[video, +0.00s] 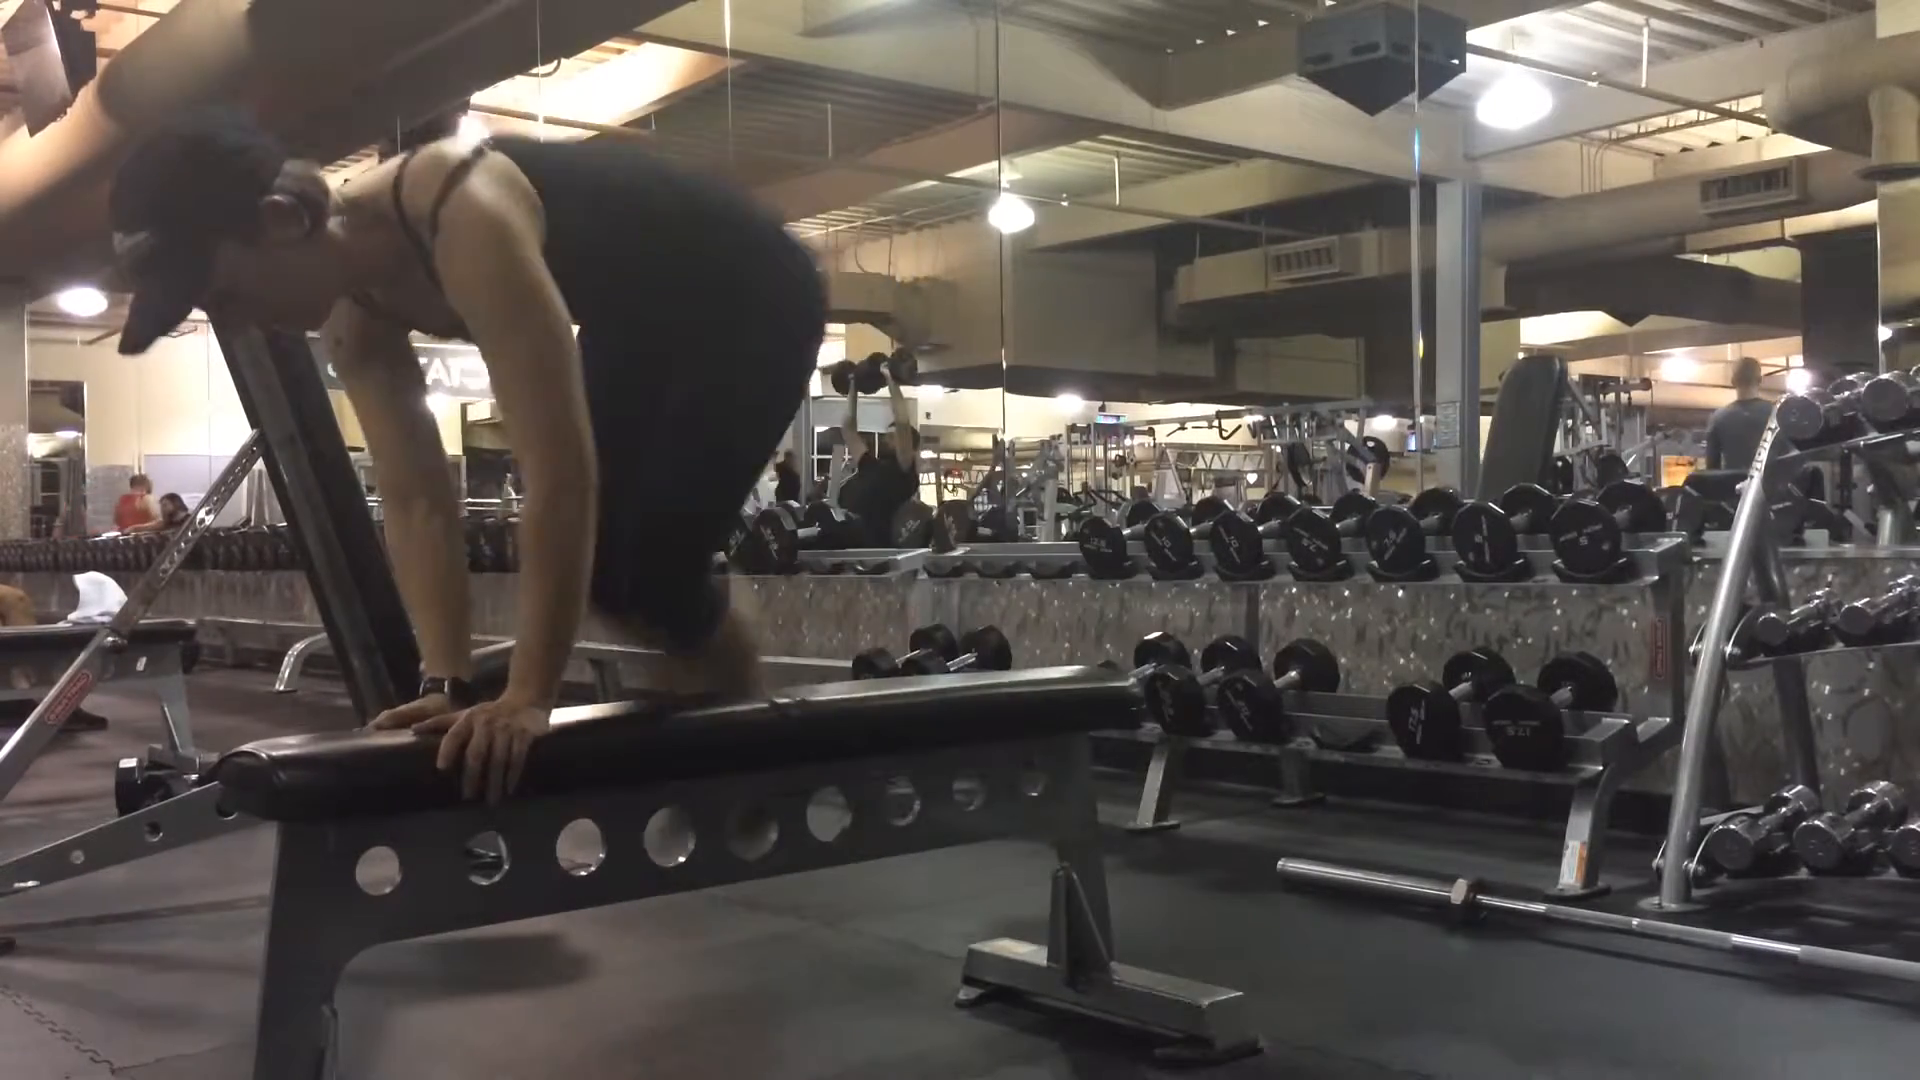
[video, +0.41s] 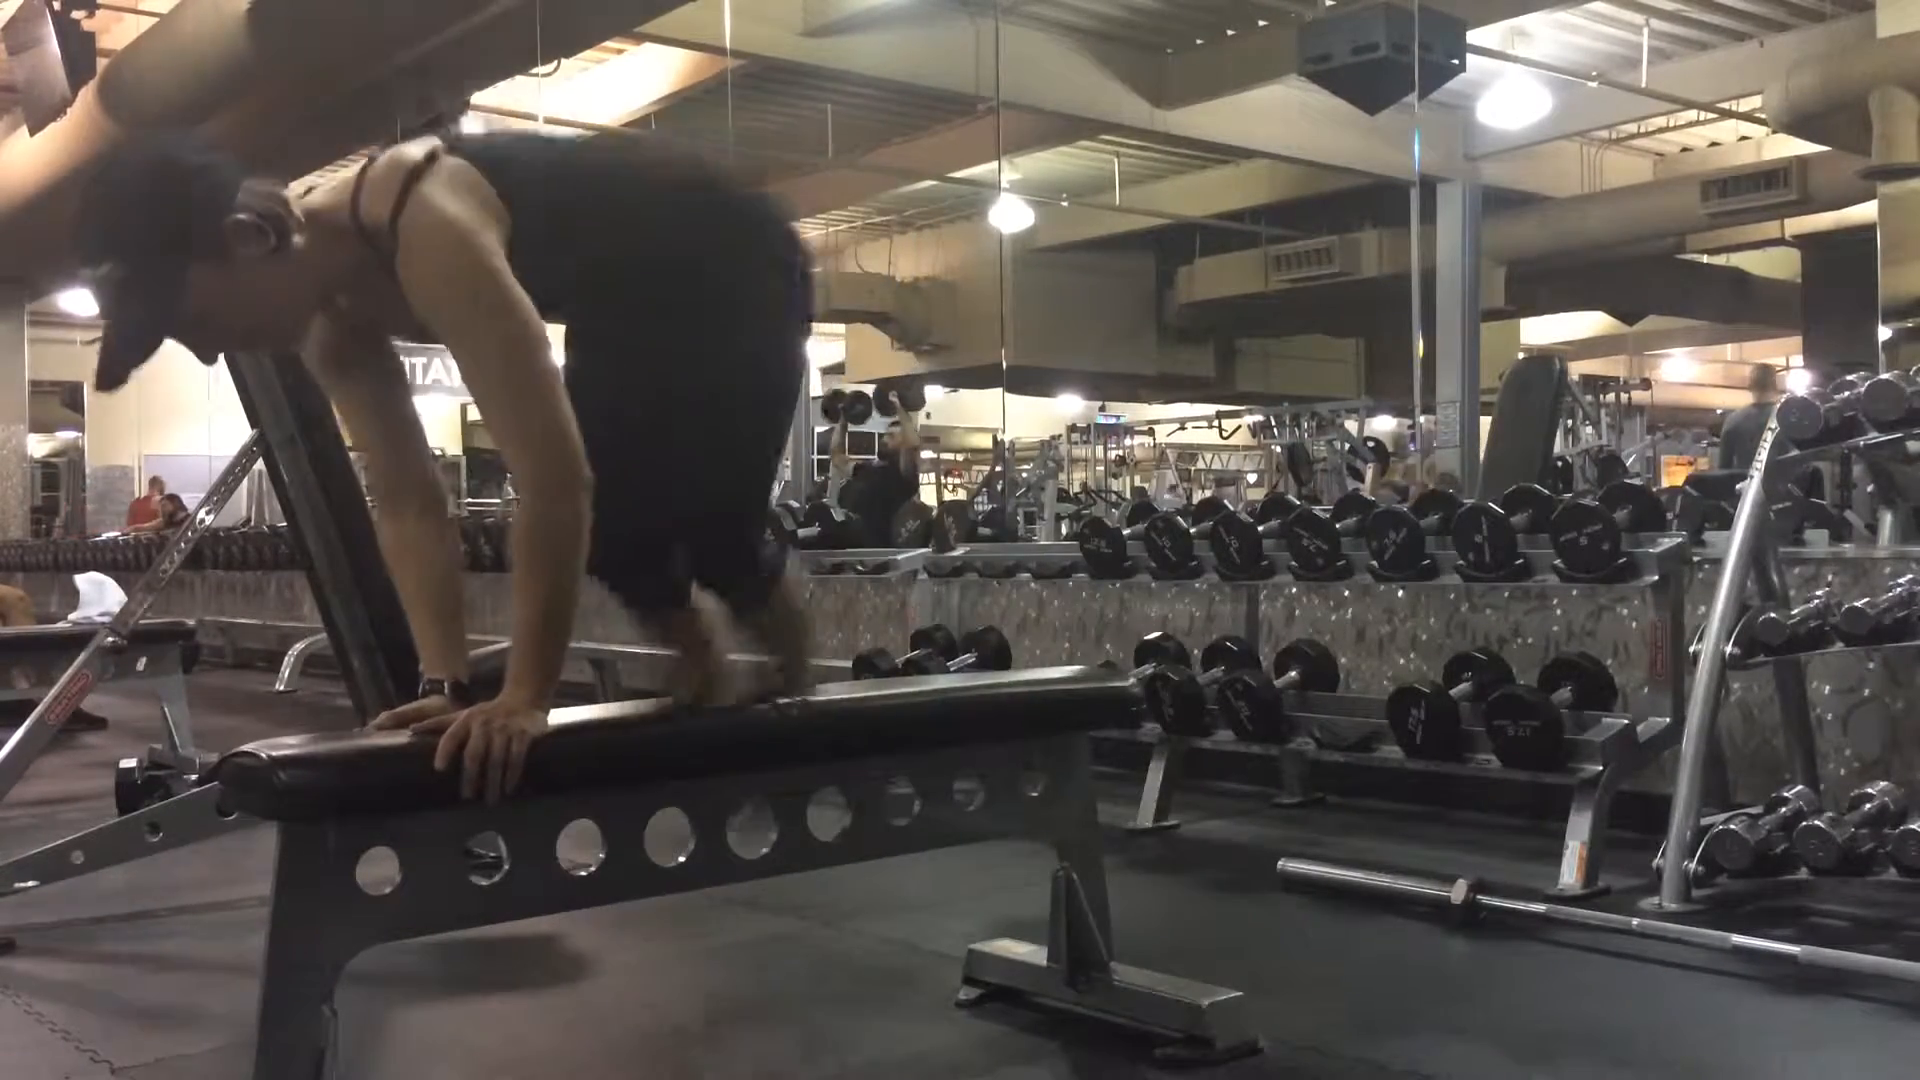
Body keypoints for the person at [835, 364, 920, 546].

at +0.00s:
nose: (886, 437)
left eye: (894, 435)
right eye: (887, 434)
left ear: (909, 445)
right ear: (884, 437)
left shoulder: (904, 476)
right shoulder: (869, 466)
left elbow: (902, 424)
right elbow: (848, 428)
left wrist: (890, 379)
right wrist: (852, 385)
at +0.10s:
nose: (888, 437)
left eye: (896, 434)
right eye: (888, 433)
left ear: (909, 442)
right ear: (886, 438)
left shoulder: (905, 476)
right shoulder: (869, 467)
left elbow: (906, 428)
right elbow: (844, 433)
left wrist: (893, 385)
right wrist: (849, 392)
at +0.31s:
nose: (884, 440)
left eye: (892, 436)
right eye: (885, 436)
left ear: (904, 443)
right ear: (879, 439)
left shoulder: (905, 478)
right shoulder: (861, 470)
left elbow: (908, 440)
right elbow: (839, 449)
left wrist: (898, 401)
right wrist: (845, 405)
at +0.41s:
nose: (884, 440)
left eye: (891, 436)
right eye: (885, 435)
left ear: (904, 443)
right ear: (881, 438)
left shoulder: (904, 478)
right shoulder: (862, 470)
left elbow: (912, 444)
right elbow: (837, 456)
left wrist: (899, 409)